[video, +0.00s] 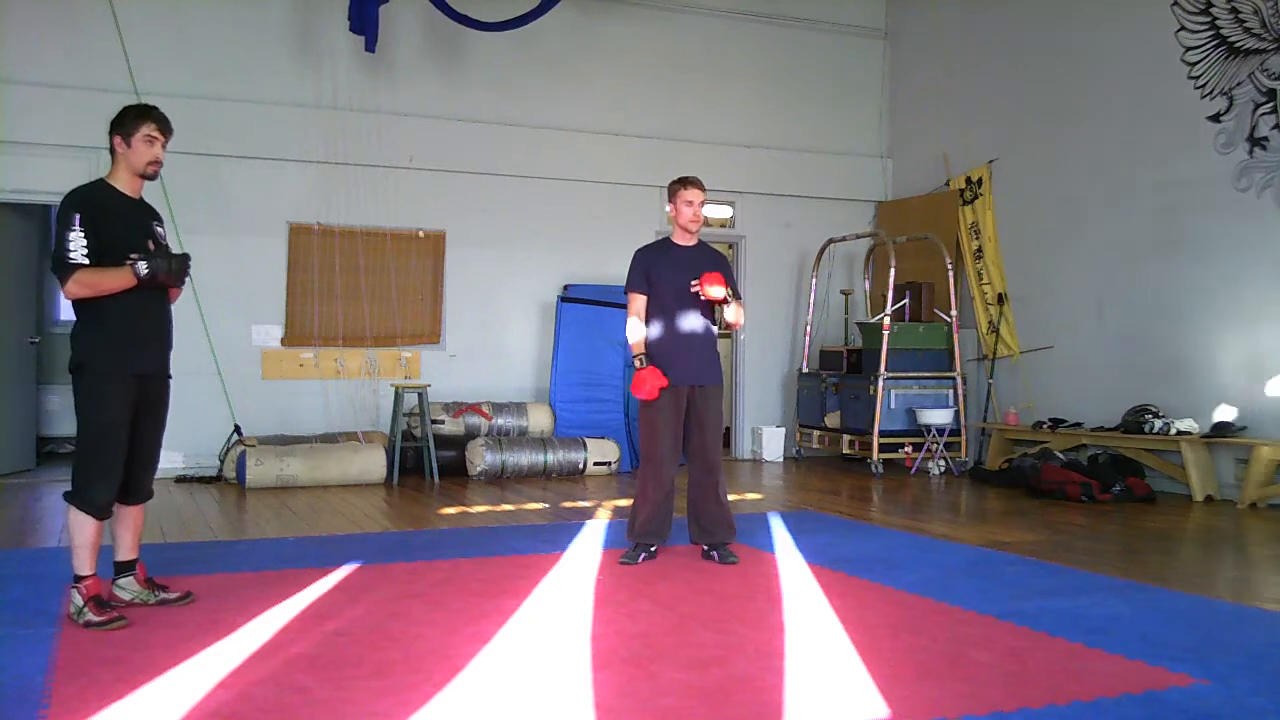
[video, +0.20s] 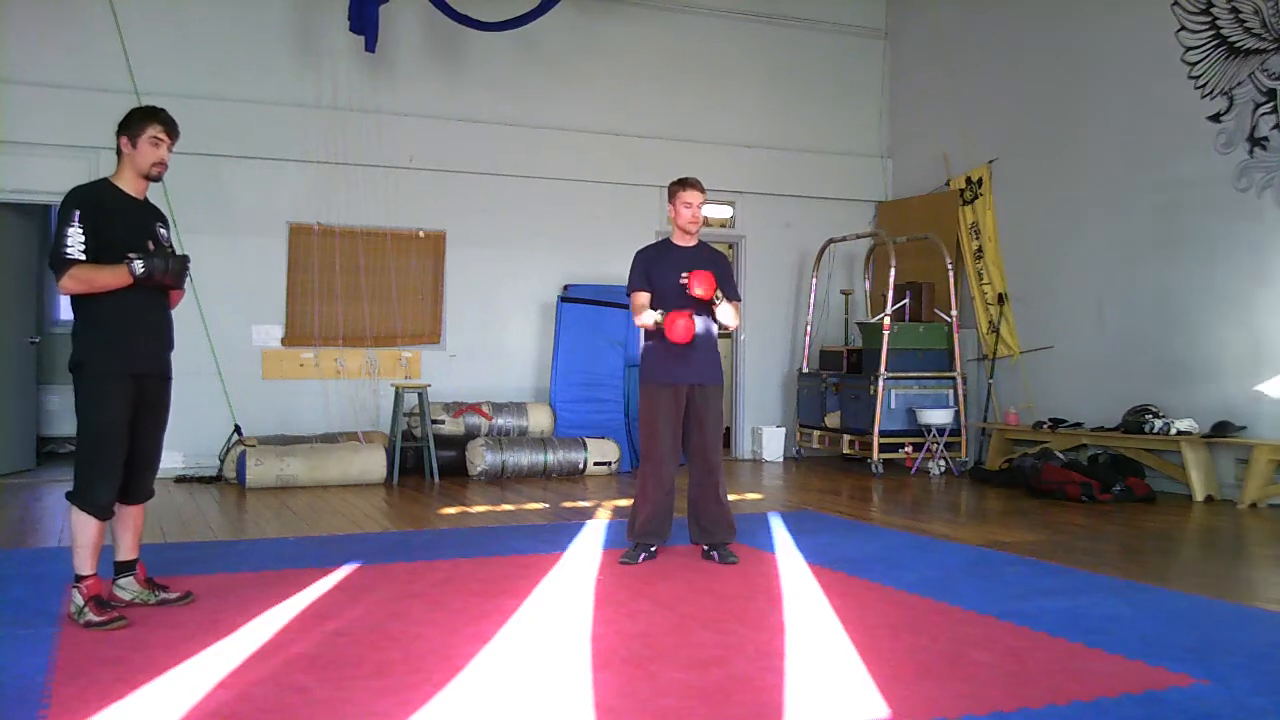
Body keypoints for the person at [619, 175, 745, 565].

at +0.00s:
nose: (696, 210)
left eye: (700, 204)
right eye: (689, 203)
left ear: (705, 210)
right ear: (671, 208)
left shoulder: (717, 260)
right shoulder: (647, 256)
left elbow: (736, 320)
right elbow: (635, 316)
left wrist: (723, 298)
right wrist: (641, 362)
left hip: (707, 374)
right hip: (662, 373)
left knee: (708, 460)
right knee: (657, 459)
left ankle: (714, 539)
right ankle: (646, 539)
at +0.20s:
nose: (695, 212)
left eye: (700, 206)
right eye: (688, 205)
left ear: (705, 211)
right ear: (671, 209)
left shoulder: (717, 260)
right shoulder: (648, 257)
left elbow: (732, 321)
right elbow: (640, 312)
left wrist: (716, 301)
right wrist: (658, 320)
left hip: (706, 372)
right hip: (661, 372)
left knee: (708, 458)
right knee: (657, 456)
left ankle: (713, 539)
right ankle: (647, 539)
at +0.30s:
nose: (694, 214)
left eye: (699, 208)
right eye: (686, 207)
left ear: (704, 212)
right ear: (671, 210)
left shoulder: (717, 260)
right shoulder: (649, 256)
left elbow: (730, 320)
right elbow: (648, 310)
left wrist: (711, 290)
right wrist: (671, 284)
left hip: (706, 371)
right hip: (661, 370)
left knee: (708, 458)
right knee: (657, 455)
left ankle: (713, 538)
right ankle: (646, 538)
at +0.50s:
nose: (694, 214)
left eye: (699, 207)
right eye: (687, 207)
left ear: (706, 211)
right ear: (671, 210)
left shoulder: (717, 260)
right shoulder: (649, 255)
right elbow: (658, 288)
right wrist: (681, 241)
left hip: (707, 371)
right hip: (662, 369)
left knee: (708, 458)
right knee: (657, 456)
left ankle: (714, 538)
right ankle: (646, 539)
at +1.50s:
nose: (709, 218)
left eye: (714, 212)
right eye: (703, 210)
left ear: (718, 216)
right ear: (685, 209)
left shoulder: (723, 262)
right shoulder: (657, 256)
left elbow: (736, 321)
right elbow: (648, 319)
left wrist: (722, 313)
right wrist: (649, 370)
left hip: (713, 373)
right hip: (670, 371)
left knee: (715, 459)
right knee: (663, 457)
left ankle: (720, 538)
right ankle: (652, 538)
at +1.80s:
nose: (661, 210)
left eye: (666, 204)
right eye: (654, 202)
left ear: (669, 209)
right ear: (636, 205)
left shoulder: (677, 259)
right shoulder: (610, 253)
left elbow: (692, 318)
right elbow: (599, 315)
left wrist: (675, 308)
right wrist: (597, 364)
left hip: (666, 372)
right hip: (622, 369)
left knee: (666, 455)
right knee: (615, 454)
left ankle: (672, 534)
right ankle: (603, 535)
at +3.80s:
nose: (633, 206)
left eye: (638, 200)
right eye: (625, 199)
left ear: (645, 206)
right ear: (611, 204)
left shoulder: (658, 258)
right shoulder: (588, 253)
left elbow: (674, 317)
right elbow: (579, 315)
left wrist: (652, 306)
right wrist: (579, 365)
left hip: (647, 370)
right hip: (602, 368)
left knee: (647, 454)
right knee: (595, 453)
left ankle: (652, 534)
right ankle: (584, 534)